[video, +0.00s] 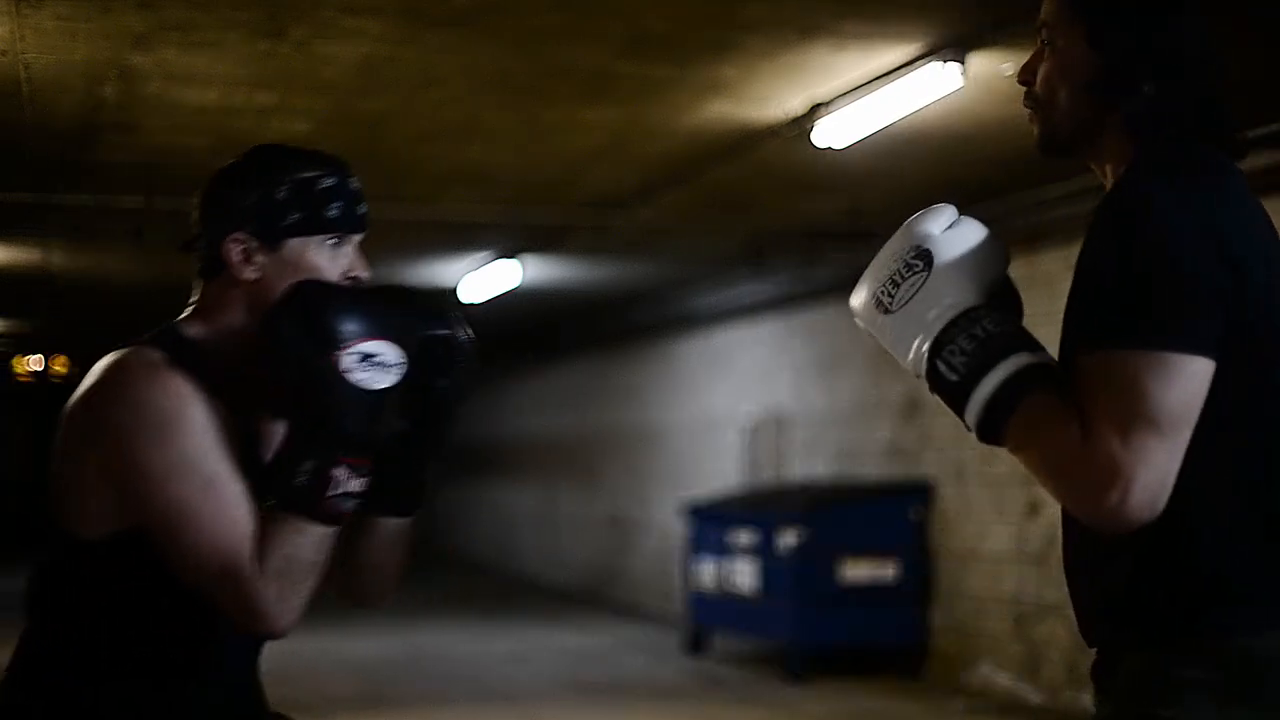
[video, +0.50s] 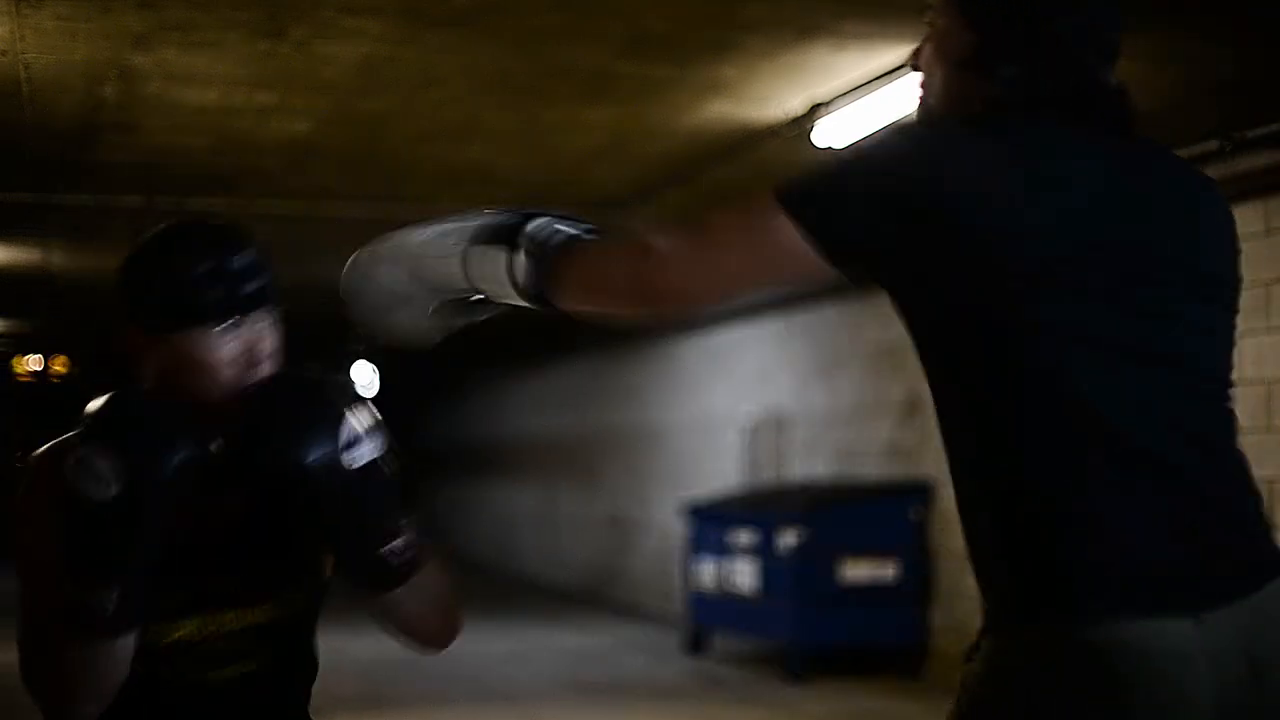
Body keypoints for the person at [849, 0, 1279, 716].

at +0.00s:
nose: (1025, 76)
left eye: (1049, 46)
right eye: (1037, 48)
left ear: (1123, 62)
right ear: (1132, 66)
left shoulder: (1172, 212)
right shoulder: (1193, 204)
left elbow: (1120, 482)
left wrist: (965, 343)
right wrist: (992, 336)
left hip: (1197, 673)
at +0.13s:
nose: (1016, 76)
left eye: (1041, 47)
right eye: (1028, 48)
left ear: (1115, 62)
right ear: (1121, 66)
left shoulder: (1171, 212)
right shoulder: (1167, 206)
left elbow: (1116, 487)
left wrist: (947, 350)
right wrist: (967, 341)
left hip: (1197, 673)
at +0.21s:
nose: (1000, 78)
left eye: (1024, 48)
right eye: (1013, 50)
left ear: (1098, 63)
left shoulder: (1160, 221)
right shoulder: (1155, 213)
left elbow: (1103, 493)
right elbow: (1099, 477)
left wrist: (935, 354)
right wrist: (946, 350)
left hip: (1188, 678)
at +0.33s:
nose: (964, 67)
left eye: (985, 43)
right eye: (973, 44)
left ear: (1053, 55)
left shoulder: (1098, 211)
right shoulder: (1160, 201)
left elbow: (1012, 467)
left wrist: (886, 335)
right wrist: (947, 322)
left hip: (1140, 660)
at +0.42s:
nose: (939, 55)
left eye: (957, 33)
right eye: (947, 33)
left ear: (1015, 47)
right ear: (1094, 50)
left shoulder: (1006, 199)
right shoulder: (1190, 198)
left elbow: (854, 391)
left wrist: (755, 319)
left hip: (1088, 629)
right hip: (1247, 612)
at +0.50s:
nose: (924, 63)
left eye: (937, 41)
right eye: (932, 41)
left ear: (971, 53)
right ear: (1085, 56)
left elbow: (662, 278)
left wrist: (504, 261)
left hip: (1081, 641)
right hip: (1246, 617)